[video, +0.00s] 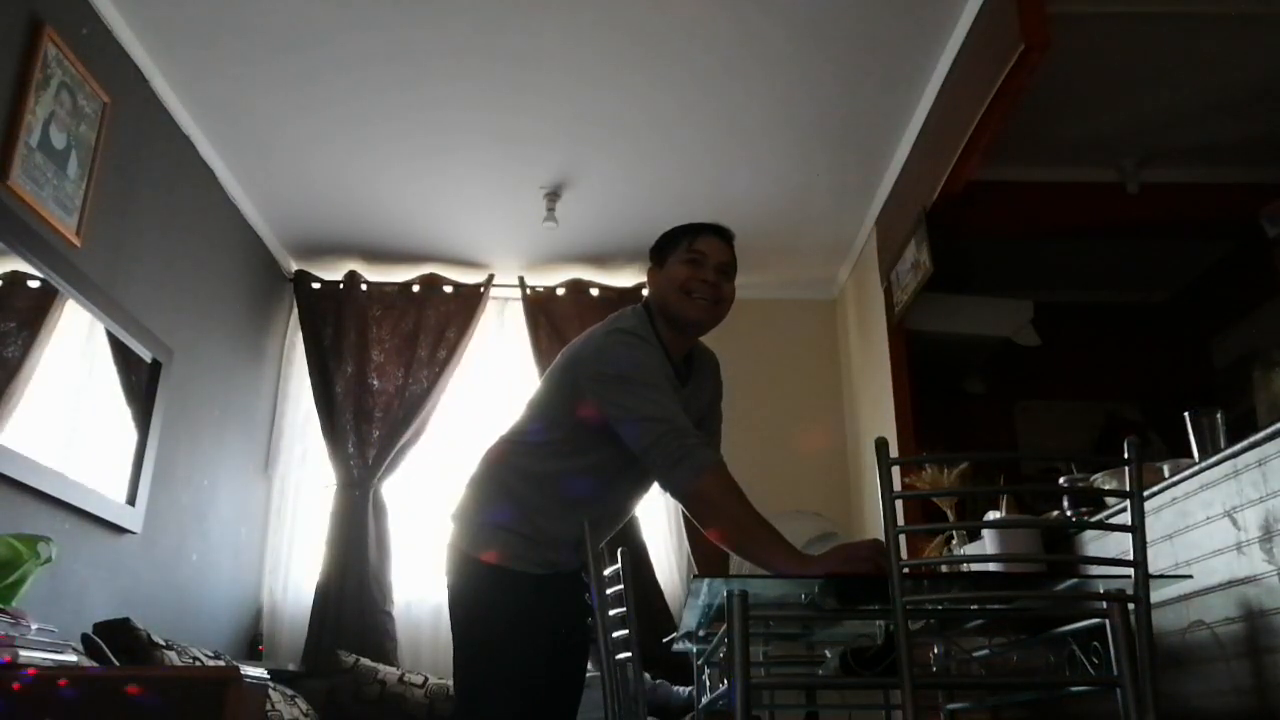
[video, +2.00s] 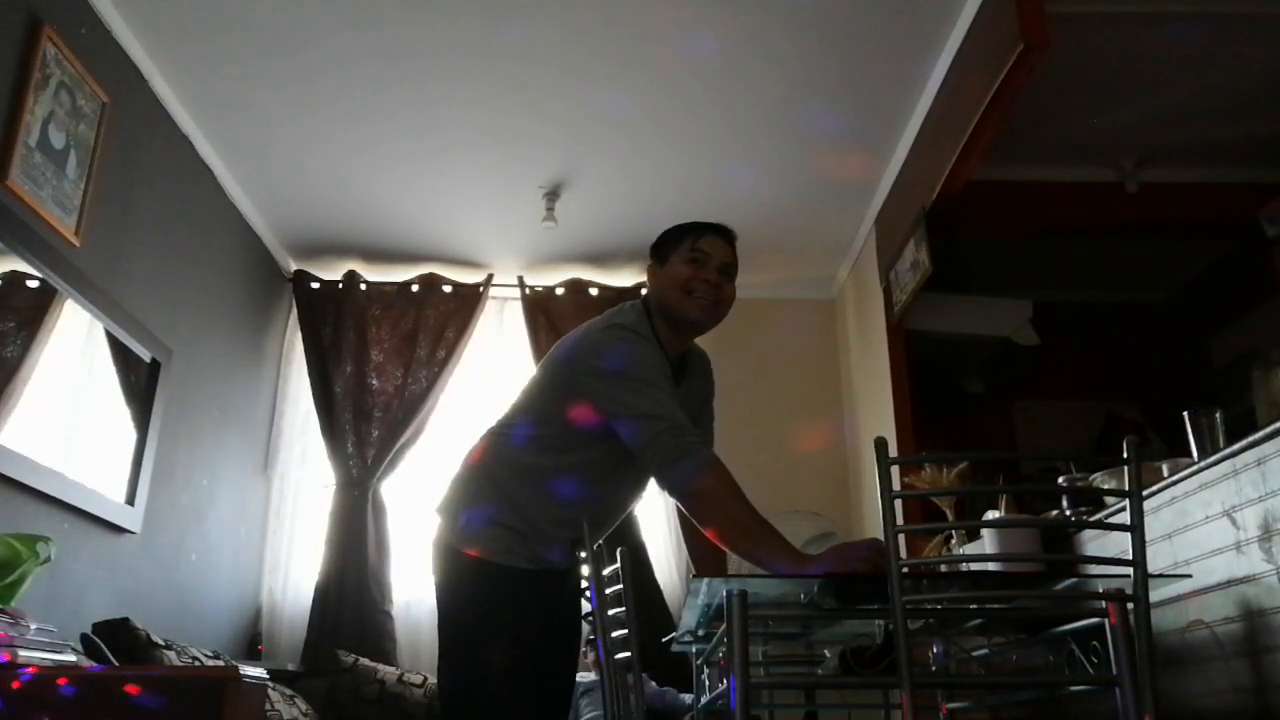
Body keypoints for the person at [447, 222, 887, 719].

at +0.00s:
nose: (710, 280)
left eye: (725, 273)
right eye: (693, 263)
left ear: (732, 294)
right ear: (653, 274)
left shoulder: (700, 369)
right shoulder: (620, 349)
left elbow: (702, 491)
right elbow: (692, 478)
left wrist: (721, 599)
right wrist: (800, 564)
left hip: (568, 556)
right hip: (502, 547)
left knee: (553, 703)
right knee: (497, 706)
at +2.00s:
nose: (711, 279)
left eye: (726, 273)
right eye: (695, 261)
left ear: (731, 297)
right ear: (653, 272)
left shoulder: (693, 370)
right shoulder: (617, 344)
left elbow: (697, 488)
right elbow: (689, 475)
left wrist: (720, 597)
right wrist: (797, 564)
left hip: (553, 553)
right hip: (489, 542)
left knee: (545, 706)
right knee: (486, 707)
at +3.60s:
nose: (714, 327)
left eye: (718, 312)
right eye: (714, 307)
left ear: (671, 290)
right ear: (679, 289)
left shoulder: (624, 355)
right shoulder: (605, 342)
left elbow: (671, 499)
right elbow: (686, 474)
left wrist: (718, 599)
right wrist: (803, 562)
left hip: (505, 563)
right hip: (473, 560)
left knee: (550, 712)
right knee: (546, 714)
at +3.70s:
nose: (685, 325)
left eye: (690, 308)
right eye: (689, 305)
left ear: (626, 281)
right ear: (668, 290)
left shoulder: (579, 335)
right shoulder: (599, 333)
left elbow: (656, 487)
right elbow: (682, 456)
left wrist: (722, 579)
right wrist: (799, 547)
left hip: (470, 563)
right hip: (484, 566)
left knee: (520, 714)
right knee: (555, 713)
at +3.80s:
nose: (656, 286)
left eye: (660, 275)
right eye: (660, 272)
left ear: (595, 250)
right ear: (645, 261)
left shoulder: (547, 299)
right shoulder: (596, 295)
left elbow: (607, 449)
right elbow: (635, 416)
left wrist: (708, 500)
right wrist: (771, 464)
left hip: (462, 537)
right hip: (498, 541)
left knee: (520, 707)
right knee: (552, 708)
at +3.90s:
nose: (642, 242)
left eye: (644, 231)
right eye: (645, 229)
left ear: (585, 202)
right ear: (639, 216)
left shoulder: (534, 248)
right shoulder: (598, 237)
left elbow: (565, 397)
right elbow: (605, 353)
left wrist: (673, 420)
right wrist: (725, 378)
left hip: (461, 484)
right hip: (501, 490)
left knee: (491, 679)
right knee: (530, 684)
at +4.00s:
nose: (623, 204)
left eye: (625, 197)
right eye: (623, 195)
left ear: (556, 174)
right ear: (615, 184)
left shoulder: (500, 228)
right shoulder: (599, 205)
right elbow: (611, 327)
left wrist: (633, 357)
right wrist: (667, 374)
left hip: (440, 459)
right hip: (504, 459)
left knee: (473, 654)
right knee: (523, 662)